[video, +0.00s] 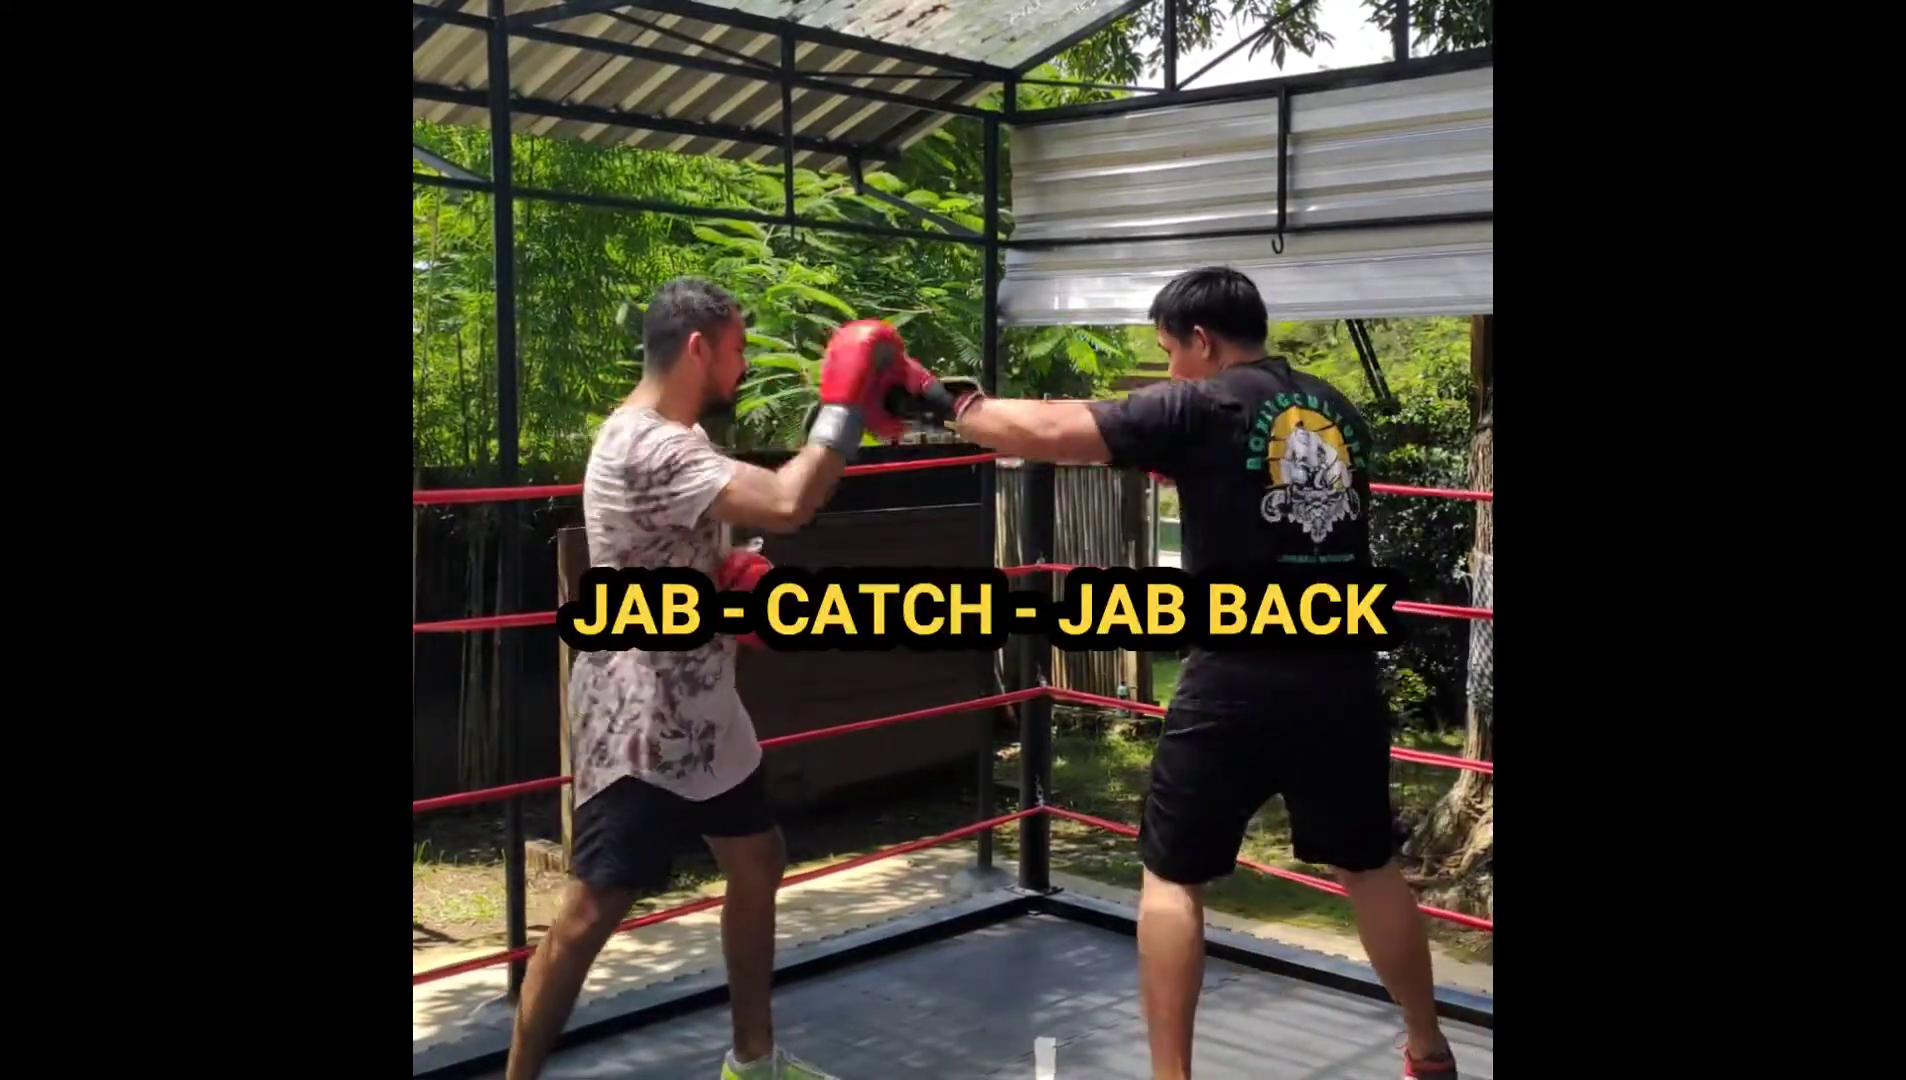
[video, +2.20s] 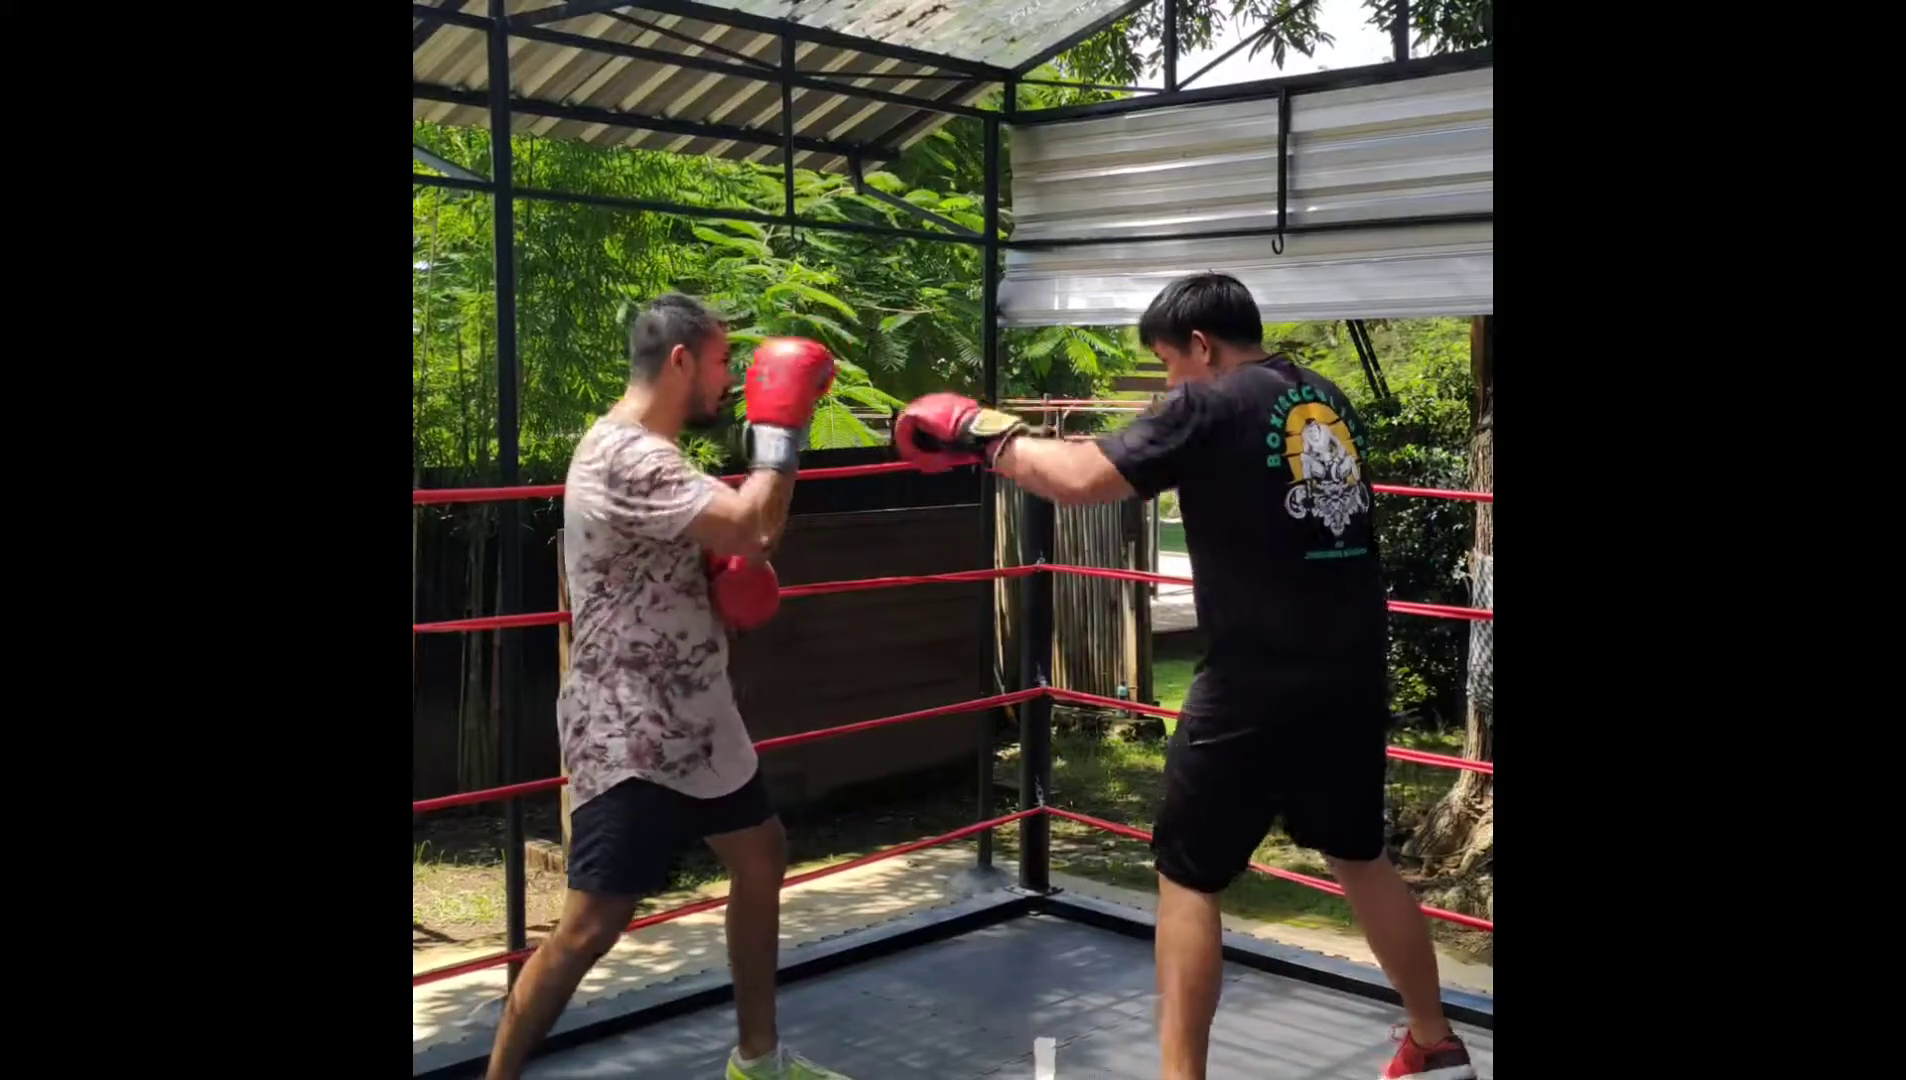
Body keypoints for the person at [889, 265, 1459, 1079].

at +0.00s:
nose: (1165, 369)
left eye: (1167, 353)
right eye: (1162, 356)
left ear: (1202, 342)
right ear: (1255, 337)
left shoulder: (1206, 407)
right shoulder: (1332, 406)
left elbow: (1051, 435)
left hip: (1233, 684)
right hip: (1343, 682)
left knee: (1171, 875)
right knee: (1374, 867)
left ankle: (1170, 1071)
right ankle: (1428, 1049)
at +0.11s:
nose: (1165, 363)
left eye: (1165, 347)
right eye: (1161, 349)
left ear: (1199, 335)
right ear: (1255, 329)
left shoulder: (1191, 402)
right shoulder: (1336, 402)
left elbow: (1036, 429)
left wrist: (935, 399)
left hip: (1228, 689)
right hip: (1336, 685)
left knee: (1176, 874)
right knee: (1367, 860)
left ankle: (1178, 1071)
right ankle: (1425, 1036)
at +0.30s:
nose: (1183, 364)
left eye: (1184, 344)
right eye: (1180, 344)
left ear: (1220, 335)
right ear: (1261, 335)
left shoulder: (1222, 408)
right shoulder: (1334, 402)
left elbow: (1130, 519)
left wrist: (1036, 456)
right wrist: (1174, 454)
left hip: (1251, 672)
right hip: (1348, 670)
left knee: (1195, 877)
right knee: (1359, 854)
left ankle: (1192, 1071)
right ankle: (1426, 1036)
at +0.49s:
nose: (1215, 377)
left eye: (1217, 359)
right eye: (1209, 363)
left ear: (1264, 346)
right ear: (1290, 347)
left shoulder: (1288, 420)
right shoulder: (1341, 408)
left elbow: (1218, 545)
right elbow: (1279, 518)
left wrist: (1152, 454)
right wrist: (1210, 446)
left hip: (1306, 674)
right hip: (1384, 674)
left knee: (1216, 869)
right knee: (1381, 868)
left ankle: (1200, 1069)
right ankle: (1430, 1059)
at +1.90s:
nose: (1174, 388)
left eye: (1173, 369)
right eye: (1167, 373)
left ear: (1212, 354)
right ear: (1258, 348)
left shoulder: (1232, 420)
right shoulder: (1331, 408)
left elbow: (1177, 532)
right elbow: (1281, 511)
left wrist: (1102, 480)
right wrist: (1186, 460)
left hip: (1251, 690)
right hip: (1351, 690)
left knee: (1180, 877)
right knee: (1368, 871)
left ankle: (1179, 1070)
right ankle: (1425, 1051)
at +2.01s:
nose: (1153, 377)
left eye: (1154, 361)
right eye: (1148, 363)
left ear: (1190, 348)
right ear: (1245, 339)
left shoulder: (1197, 410)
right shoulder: (1327, 399)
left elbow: (1057, 444)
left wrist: (945, 410)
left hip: (1245, 681)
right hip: (1352, 681)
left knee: (1180, 872)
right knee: (1366, 860)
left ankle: (1177, 1072)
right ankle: (1420, 1048)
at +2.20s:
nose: (1168, 383)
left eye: (1168, 365)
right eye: (1163, 367)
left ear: (1201, 346)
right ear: (1244, 342)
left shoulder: (1208, 406)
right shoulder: (1323, 398)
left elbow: (1079, 475)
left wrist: (980, 432)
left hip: (1253, 680)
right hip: (1352, 678)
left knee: (1187, 871)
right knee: (1362, 852)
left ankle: (1182, 1069)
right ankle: (1434, 1038)